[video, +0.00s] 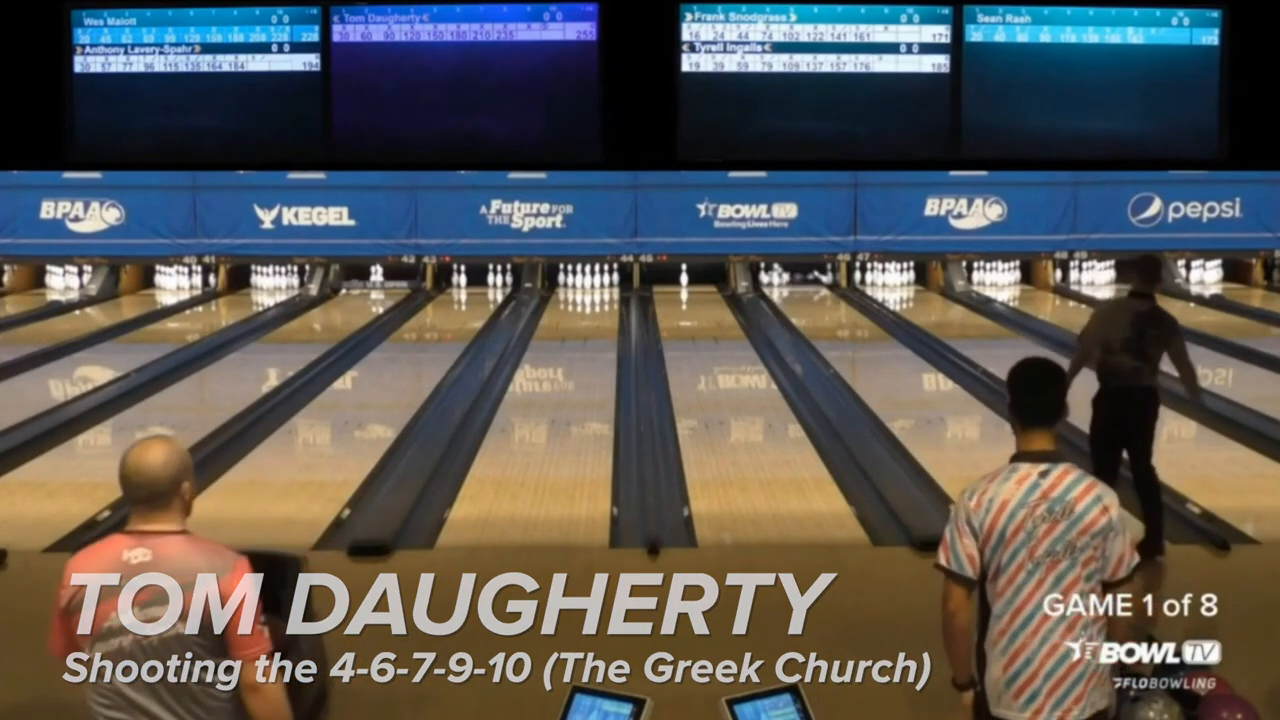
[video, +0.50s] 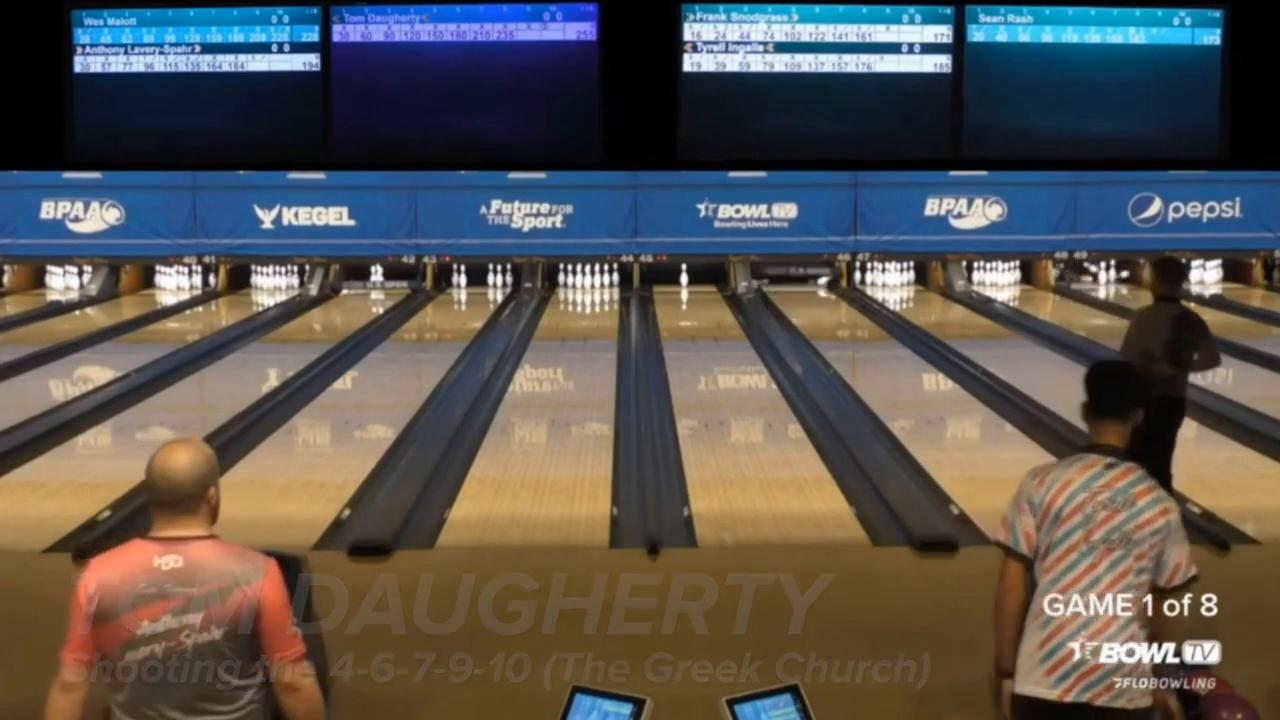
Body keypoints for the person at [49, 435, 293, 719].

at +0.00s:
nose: (193, 490)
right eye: (193, 482)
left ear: (124, 491)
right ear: (186, 492)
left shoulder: (82, 566)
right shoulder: (228, 568)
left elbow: (71, 662)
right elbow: (258, 683)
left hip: (113, 713)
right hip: (204, 712)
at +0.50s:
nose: (220, 493)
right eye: (219, 486)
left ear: (149, 495)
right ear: (213, 496)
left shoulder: (99, 575)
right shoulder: (259, 573)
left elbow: (70, 687)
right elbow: (294, 681)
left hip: (134, 711)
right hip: (234, 712)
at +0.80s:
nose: (247, 503)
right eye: (247, 497)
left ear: (178, 503)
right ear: (240, 505)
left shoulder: (127, 582)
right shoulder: (285, 581)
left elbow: (107, 701)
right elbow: (324, 689)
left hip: (159, 711)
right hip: (257, 711)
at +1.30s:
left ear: (190, 506)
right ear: (256, 510)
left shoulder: (138, 576)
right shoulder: (292, 593)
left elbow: (122, 682)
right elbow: (321, 705)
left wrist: (127, 716)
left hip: (158, 714)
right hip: (257, 714)